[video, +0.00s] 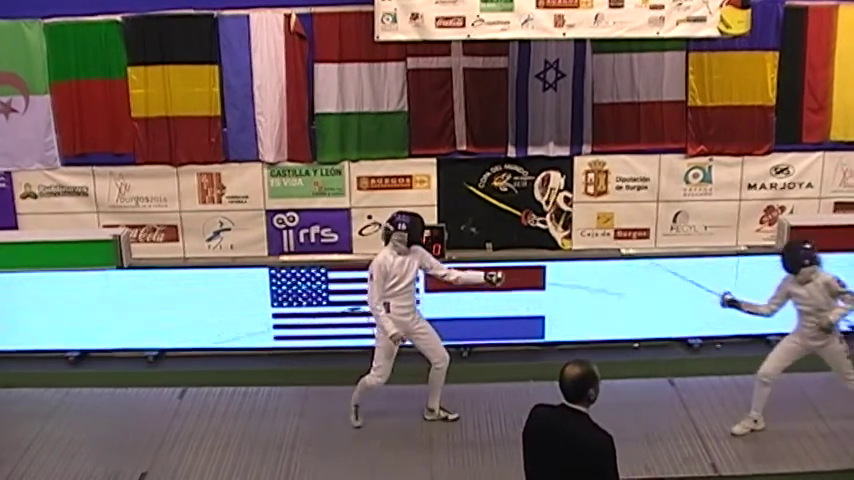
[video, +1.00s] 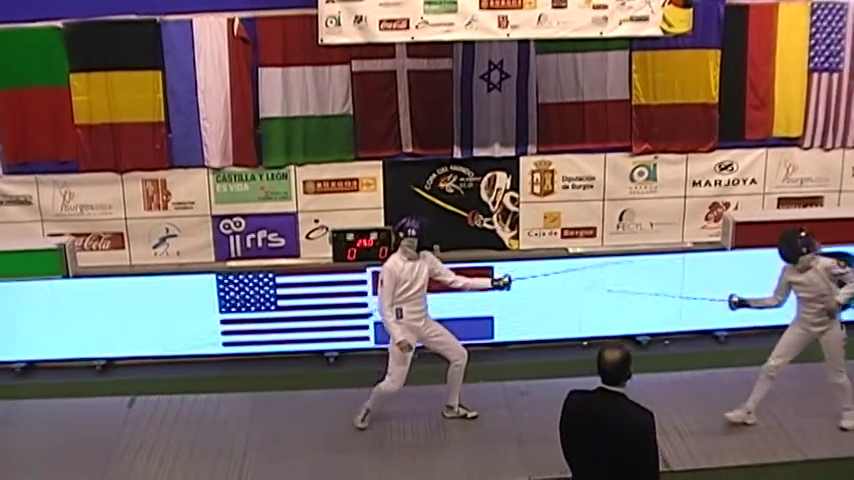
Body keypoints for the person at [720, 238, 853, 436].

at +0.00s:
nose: (808, 274)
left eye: (810, 269)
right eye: (803, 270)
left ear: (812, 265)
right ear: (794, 269)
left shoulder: (826, 280)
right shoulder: (789, 284)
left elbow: (849, 299)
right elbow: (769, 310)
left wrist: (833, 318)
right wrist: (737, 304)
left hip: (829, 340)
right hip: (800, 338)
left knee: (850, 380)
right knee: (765, 374)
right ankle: (755, 418)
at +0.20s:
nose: (782, 264)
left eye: (784, 259)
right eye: (778, 261)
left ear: (792, 252)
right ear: (774, 258)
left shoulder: (810, 266)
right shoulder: (771, 273)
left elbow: (835, 284)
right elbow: (750, 301)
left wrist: (817, 301)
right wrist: (717, 301)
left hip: (816, 328)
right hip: (788, 328)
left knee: (831, 380)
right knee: (763, 373)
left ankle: (853, 414)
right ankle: (748, 417)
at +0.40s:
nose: (770, 270)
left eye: (772, 266)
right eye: (767, 267)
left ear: (781, 259)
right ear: (766, 263)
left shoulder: (801, 275)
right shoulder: (763, 279)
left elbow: (824, 296)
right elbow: (742, 305)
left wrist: (803, 311)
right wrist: (710, 302)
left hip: (799, 338)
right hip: (771, 335)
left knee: (807, 391)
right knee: (742, 375)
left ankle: (833, 418)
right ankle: (734, 418)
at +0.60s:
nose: (769, 262)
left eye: (771, 257)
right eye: (766, 258)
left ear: (782, 251)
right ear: (765, 255)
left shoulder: (803, 263)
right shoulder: (764, 268)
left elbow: (830, 280)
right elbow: (746, 296)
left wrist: (810, 298)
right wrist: (713, 295)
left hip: (809, 323)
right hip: (781, 322)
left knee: (820, 375)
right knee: (757, 367)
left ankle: (835, 416)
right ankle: (744, 415)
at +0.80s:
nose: (785, 274)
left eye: (788, 270)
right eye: (782, 270)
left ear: (796, 262)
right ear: (777, 267)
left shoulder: (814, 276)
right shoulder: (774, 280)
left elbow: (833, 299)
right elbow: (756, 306)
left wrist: (814, 312)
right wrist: (724, 306)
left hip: (814, 335)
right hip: (786, 332)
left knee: (832, 384)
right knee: (751, 370)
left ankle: (853, 412)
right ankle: (738, 415)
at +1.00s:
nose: (800, 262)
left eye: (802, 258)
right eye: (798, 259)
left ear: (807, 252)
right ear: (791, 258)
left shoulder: (827, 266)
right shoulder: (789, 272)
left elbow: (852, 281)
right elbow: (777, 300)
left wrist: (840, 299)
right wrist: (745, 303)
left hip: (830, 326)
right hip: (802, 325)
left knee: (837, 375)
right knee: (772, 367)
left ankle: (848, 413)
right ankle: (748, 410)